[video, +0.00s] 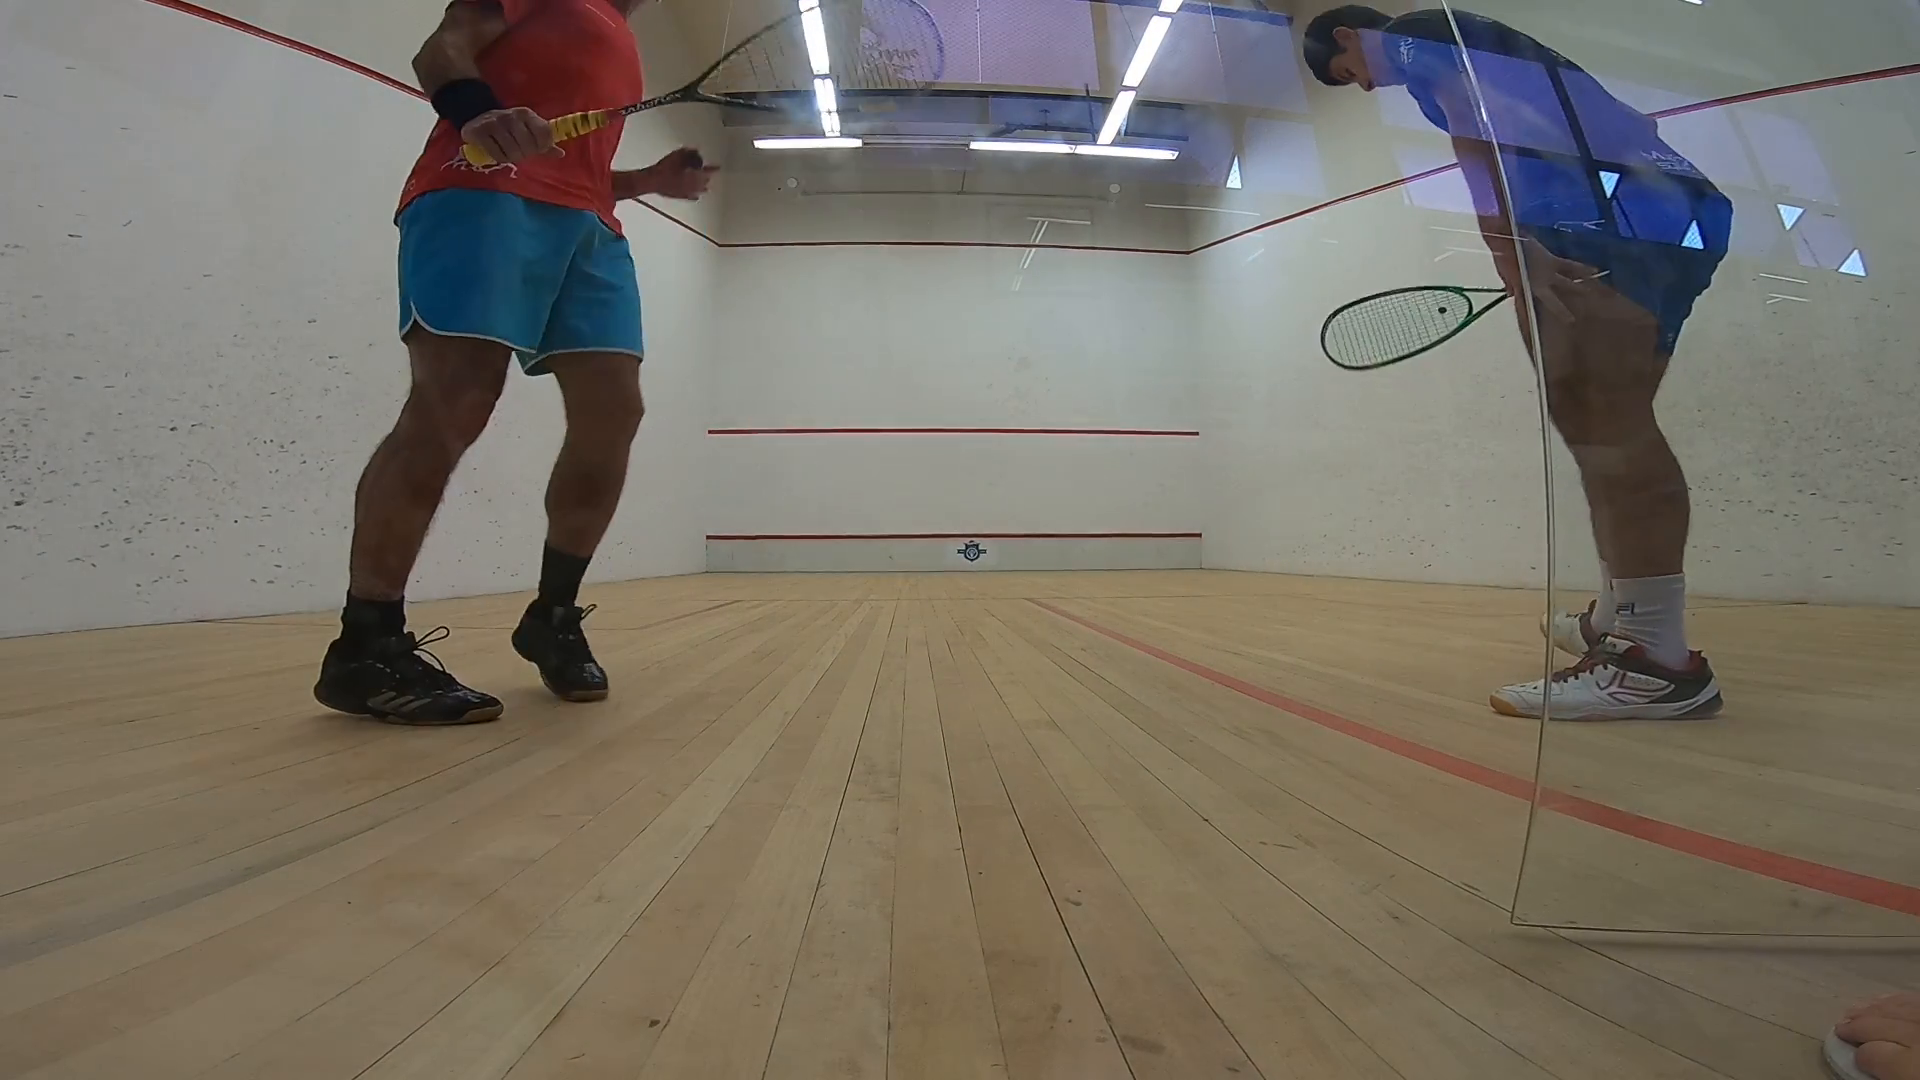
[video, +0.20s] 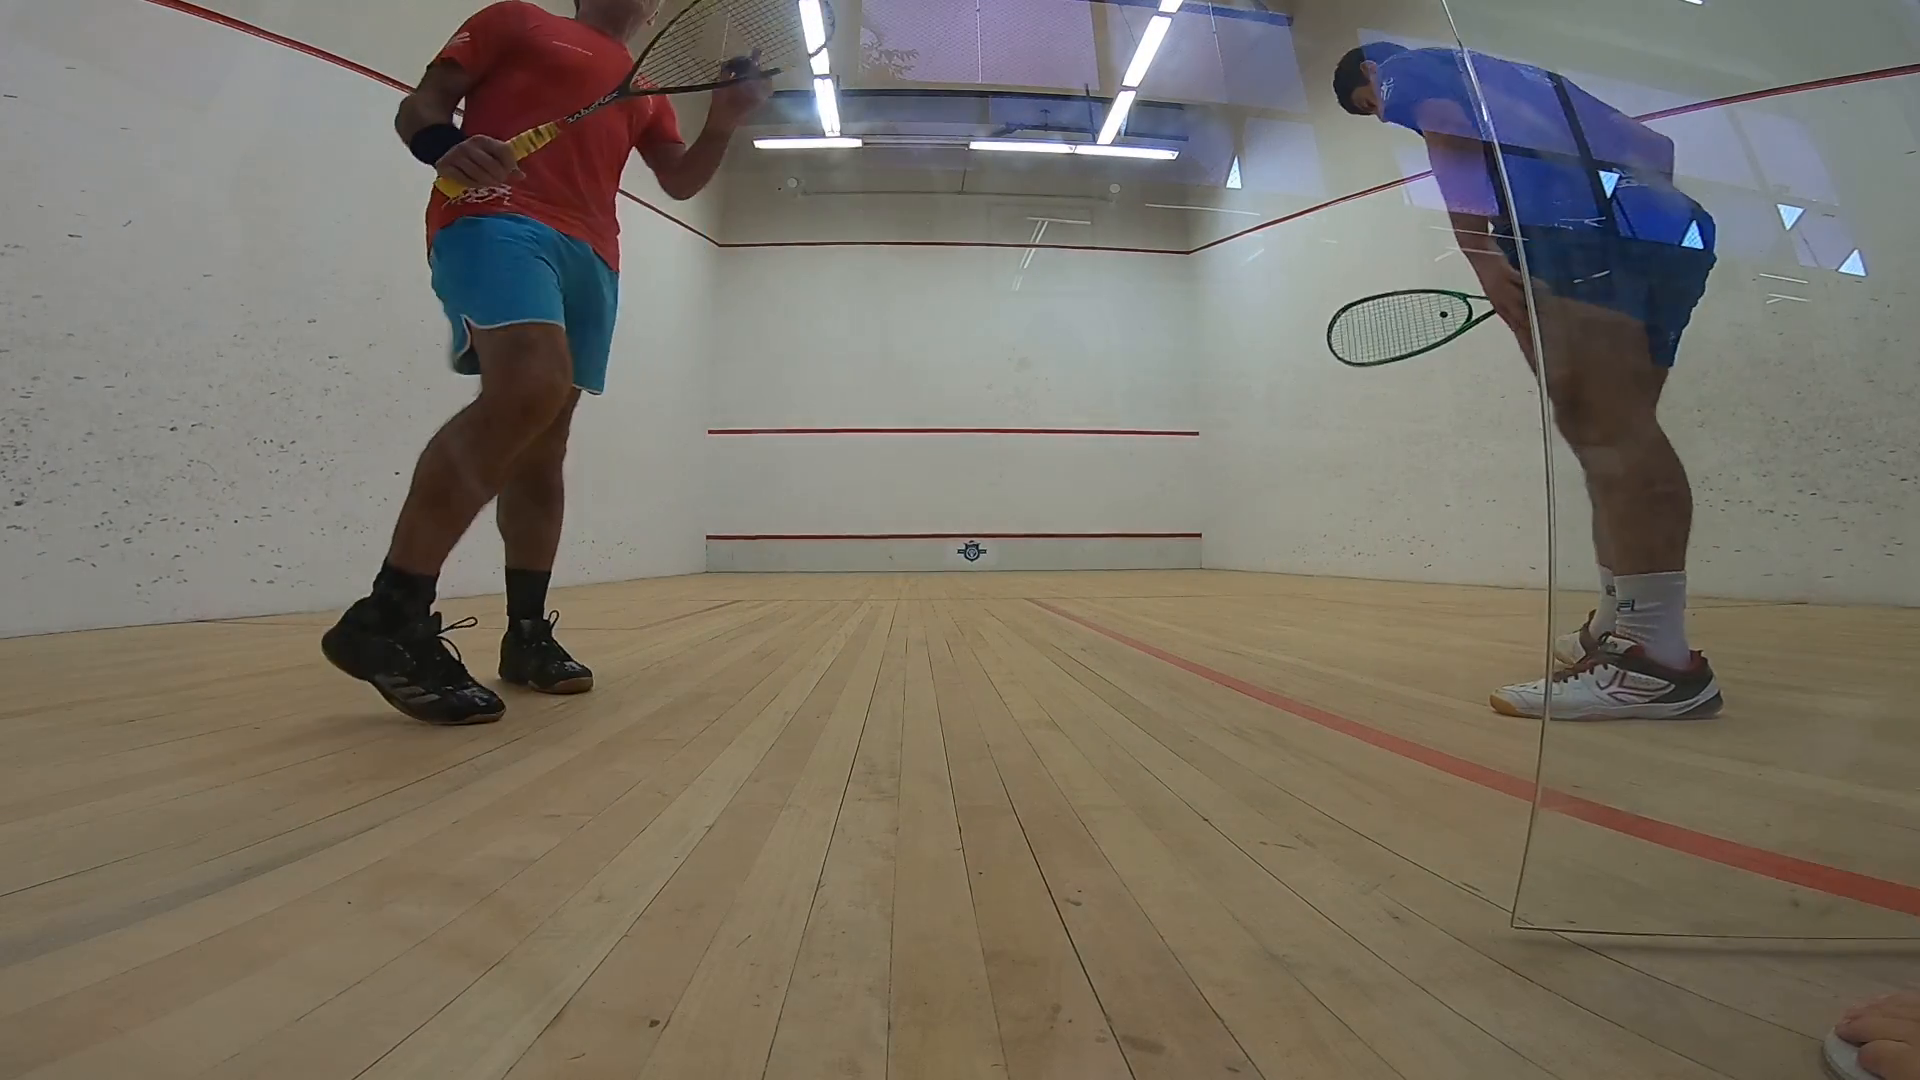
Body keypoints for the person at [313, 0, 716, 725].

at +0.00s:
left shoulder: (618, 43)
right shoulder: (520, 1)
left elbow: (571, 177)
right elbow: (437, 52)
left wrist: (649, 180)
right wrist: (479, 112)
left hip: (585, 223)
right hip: (483, 195)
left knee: (611, 411)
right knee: (451, 402)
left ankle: (554, 615)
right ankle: (366, 645)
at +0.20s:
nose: (650, 1)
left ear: (648, 16)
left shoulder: (643, 90)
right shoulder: (518, 21)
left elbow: (680, 178)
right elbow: (419, 107)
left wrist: (727, 117)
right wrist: (445, 146)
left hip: (588, 254)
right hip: (497, 217)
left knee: (546, 438)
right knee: (528, 385)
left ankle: (528, 633)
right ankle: (390, 615)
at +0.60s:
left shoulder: (641, 62)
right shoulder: (485, 19)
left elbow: (730, 77)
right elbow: (407, 114)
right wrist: (401, 174)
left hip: (575, 258)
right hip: (464, 232)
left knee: (541, 448)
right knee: (430, 416)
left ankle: (528, 635)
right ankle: (409, 661)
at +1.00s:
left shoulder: (620, 2)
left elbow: (674, 17)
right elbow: (345, 52)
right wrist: (300, 109)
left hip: (549, 176)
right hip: (404, 157)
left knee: (553, 413)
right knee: (377, 398)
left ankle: (529, 599)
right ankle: (392, 671)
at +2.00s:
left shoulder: (668, 2)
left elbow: (721, 75)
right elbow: (367, 6)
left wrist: (834, 30)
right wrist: (376, 38)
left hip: (604, 151)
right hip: (466, 116)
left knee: (598, 408)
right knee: (412, 391)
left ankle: (617, 664)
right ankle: (405, 682)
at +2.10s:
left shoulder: (679, 8)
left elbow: (685, 94)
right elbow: (401, 14)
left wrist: (802, 112)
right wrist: (411, 44)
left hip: (625, 156)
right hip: (486, 125)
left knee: (605, 412)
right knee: (428, 398)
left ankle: (616, 665)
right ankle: (407, 684)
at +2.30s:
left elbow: (710, 73)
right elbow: (465, 16)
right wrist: (472, 64)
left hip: (673, 156)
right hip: (542, 130)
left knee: (627, 413)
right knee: (466, 397)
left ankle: (619, 665)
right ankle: (409, 682)